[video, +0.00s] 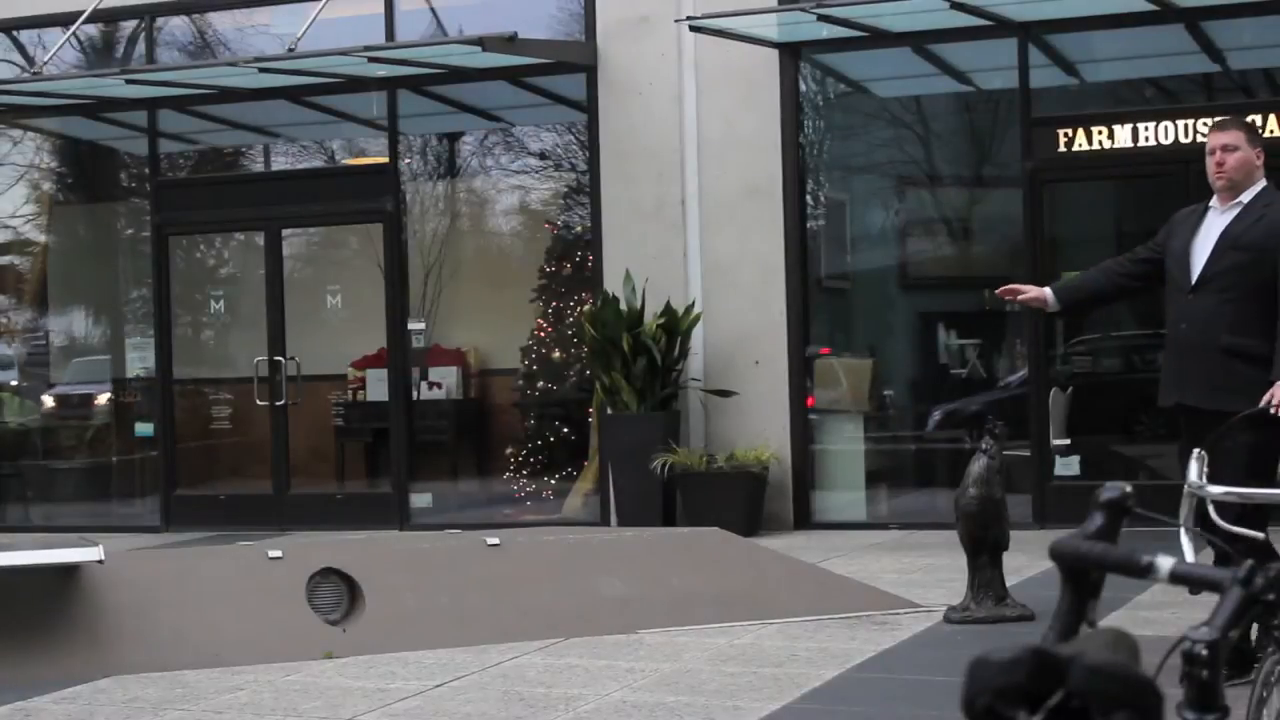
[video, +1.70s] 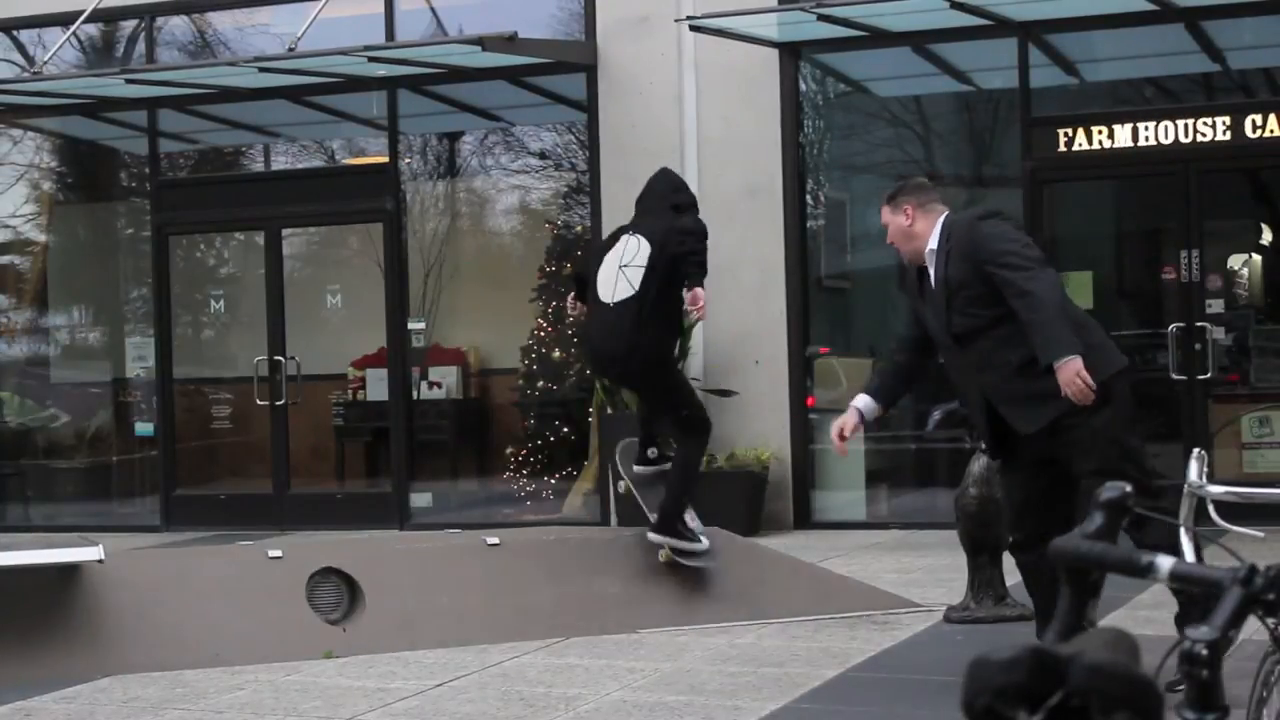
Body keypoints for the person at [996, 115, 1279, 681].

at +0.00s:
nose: (1218, 160)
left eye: (1229, 150)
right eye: (1212, 152)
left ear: (1258, 156)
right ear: (1205, 161)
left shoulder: (1273, 214)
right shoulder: (1187, 220)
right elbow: (1130, 269)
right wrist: (1054, 295)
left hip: (1251, 399)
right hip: (1192, 399)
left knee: (1244, 522)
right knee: (1214, 522)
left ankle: (1248, 635)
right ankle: (1242, 629)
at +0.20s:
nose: (1191, 153)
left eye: (1202, 144)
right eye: (1185, 145)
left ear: (1232, 152)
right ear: (1179, 154)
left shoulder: (1260, 213)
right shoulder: (1160, 214)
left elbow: (1260, 293)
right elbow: (1104, 265)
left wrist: (1242, 361)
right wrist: (1027, 299)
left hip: (1222, 395)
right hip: (1151, 396)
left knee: (1227, 521)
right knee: (1153, 520)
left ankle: (1236, 644)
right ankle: (1190, 633)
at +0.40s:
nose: (1152, 156)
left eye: (1164, 146)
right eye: (1146, 148)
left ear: (1195, 152)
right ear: (1141, 158)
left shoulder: (1231, 215)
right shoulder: (1124, 219)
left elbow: (1230, 295)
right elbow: (1072, 272)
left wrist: (1193, 354)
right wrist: (998, 304)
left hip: (1198, 400)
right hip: (1126, 399)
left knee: (1215, 523)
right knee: (1122, 521)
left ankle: (1233, 638)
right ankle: (1101, 632)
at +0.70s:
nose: (1071, 161)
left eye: (1082, 150)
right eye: (1065, 153)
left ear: (1114, 154)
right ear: (1061, 164)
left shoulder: (1162, 213)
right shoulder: (1045, 228)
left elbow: (1177, 292)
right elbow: (990, 281)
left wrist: (1157, 355)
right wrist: (914, 316)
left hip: (1147, 398)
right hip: (1067, 405)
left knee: (1176, 520)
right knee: (1076, 528)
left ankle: (1217, 630)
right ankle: (1075, 635)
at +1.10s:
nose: (982, 173)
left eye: (991, 161)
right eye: (978, 165)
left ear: (1028, 159)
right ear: (982, 172)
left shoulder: (1091, 209)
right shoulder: (984, 238)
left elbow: (1125, 288)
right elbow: (929, 296)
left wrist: (1127, 359)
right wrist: (850, 334)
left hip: (1106, 396)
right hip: (1040, 411)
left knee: (1150, 514)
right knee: (1061, 531)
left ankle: (1199, 622)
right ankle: (1069, 647)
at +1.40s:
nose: (918, 212)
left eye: (924, 200)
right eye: (917, 202)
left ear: (959, 193)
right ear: (947, 199)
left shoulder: (1030, 220)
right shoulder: (931, 266)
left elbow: (1083, 277)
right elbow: (876, 317)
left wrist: (1093, 354)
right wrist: (801, 349)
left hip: (1119, 384)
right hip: (1050, 408)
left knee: (1166, 507)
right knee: (1059, 524)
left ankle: (1203, 620)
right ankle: (1069, 641)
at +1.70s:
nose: (887, 241)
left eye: (888, 228)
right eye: (885, 231)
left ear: (910, 216)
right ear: (914, 218)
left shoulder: (981, 233)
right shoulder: (924, 278)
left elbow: (1036, 284)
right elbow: (913, 350)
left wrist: (1063, 354)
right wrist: (862, 408)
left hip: (1075, 392)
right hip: (1021, 417)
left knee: (1138, 495)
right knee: (1031, 532)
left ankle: (1199, 594)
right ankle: (1064, 645)